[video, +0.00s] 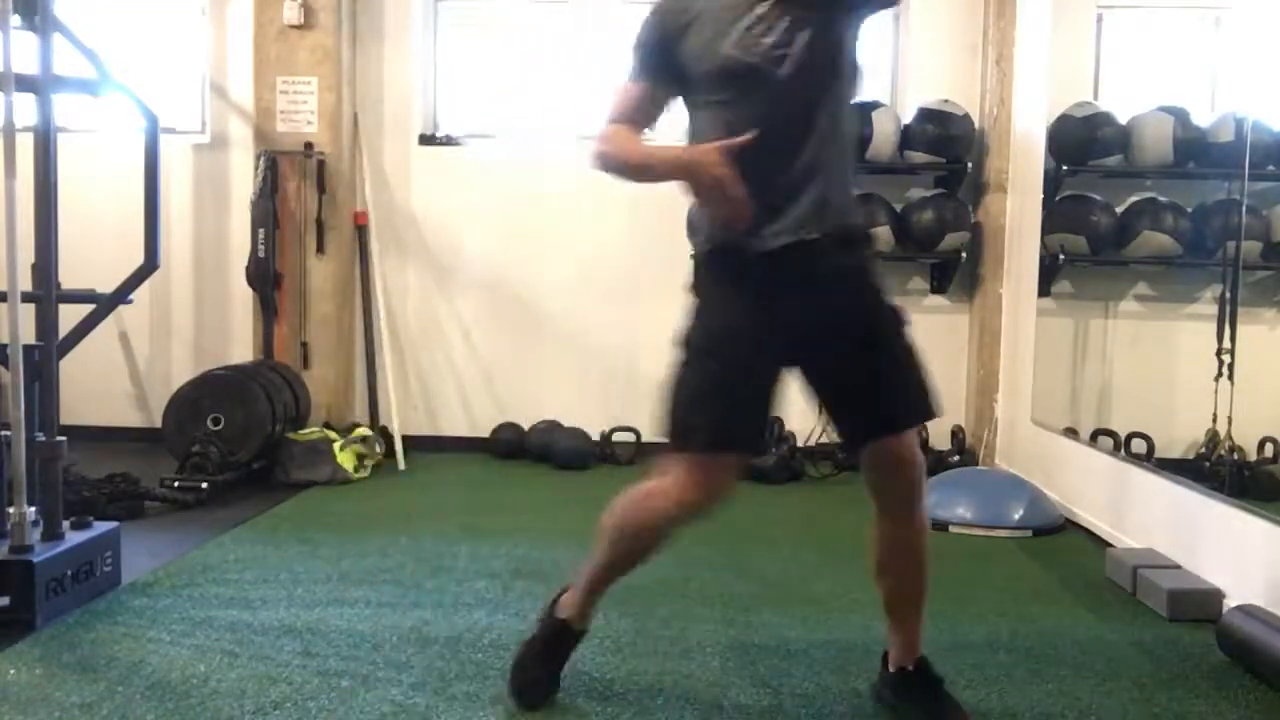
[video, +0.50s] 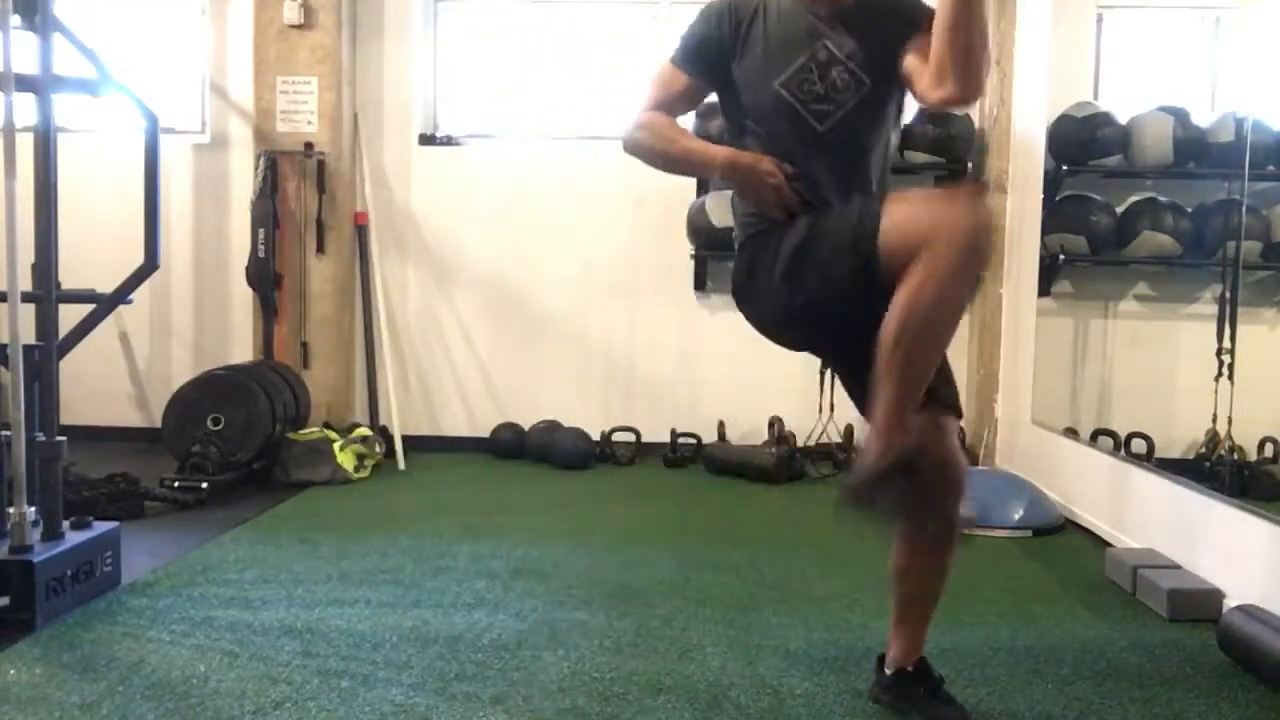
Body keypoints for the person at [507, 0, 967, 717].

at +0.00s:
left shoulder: (837, 7)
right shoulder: (681, 16)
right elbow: (613, 145)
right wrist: (686, 161)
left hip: (834, 266)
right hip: (738, 274)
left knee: (900, 470)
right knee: (695, 480)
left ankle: (905, 667)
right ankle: (571, 611)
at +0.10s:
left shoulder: (872, 4)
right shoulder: (707, 8)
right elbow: (642, 129)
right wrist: (719, 147)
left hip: (858, 242)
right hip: (763, 245)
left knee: (908, 465)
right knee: (804, 453)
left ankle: (904, 667)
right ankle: (642, 580)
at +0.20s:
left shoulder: (894, 5)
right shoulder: (726, 6)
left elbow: (950, 6)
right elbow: (650, 116)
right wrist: (726, 141)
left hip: (857, 233)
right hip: (767, 225)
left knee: (912, 465)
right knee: (905, 341)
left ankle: (903, 665)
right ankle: (777, 534)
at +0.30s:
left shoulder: (902, 8)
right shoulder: (742, 9)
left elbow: (960, 52)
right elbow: (651, 119)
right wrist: (725, 154)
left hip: (873, 265)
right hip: (780, 255)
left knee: (932, 469)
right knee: (958, 191)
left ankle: (901, 667)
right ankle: (888, 429)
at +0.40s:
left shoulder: (899, 23)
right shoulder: (745, 19)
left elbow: (955, 101)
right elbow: (653, 132)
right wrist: (734, 168)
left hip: (874, 282)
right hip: (780, 273)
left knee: (946, 482)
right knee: (963, 153)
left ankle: (902, 667)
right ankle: (919, 389)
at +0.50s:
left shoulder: (891, 14)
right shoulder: (736, 16)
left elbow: (955, 85)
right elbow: (644, 129)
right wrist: (731, 164)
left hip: (868, 272)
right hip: (778, 262)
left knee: (937, 465)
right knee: (959, 216)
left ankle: (902, 666)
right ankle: (887, 445)